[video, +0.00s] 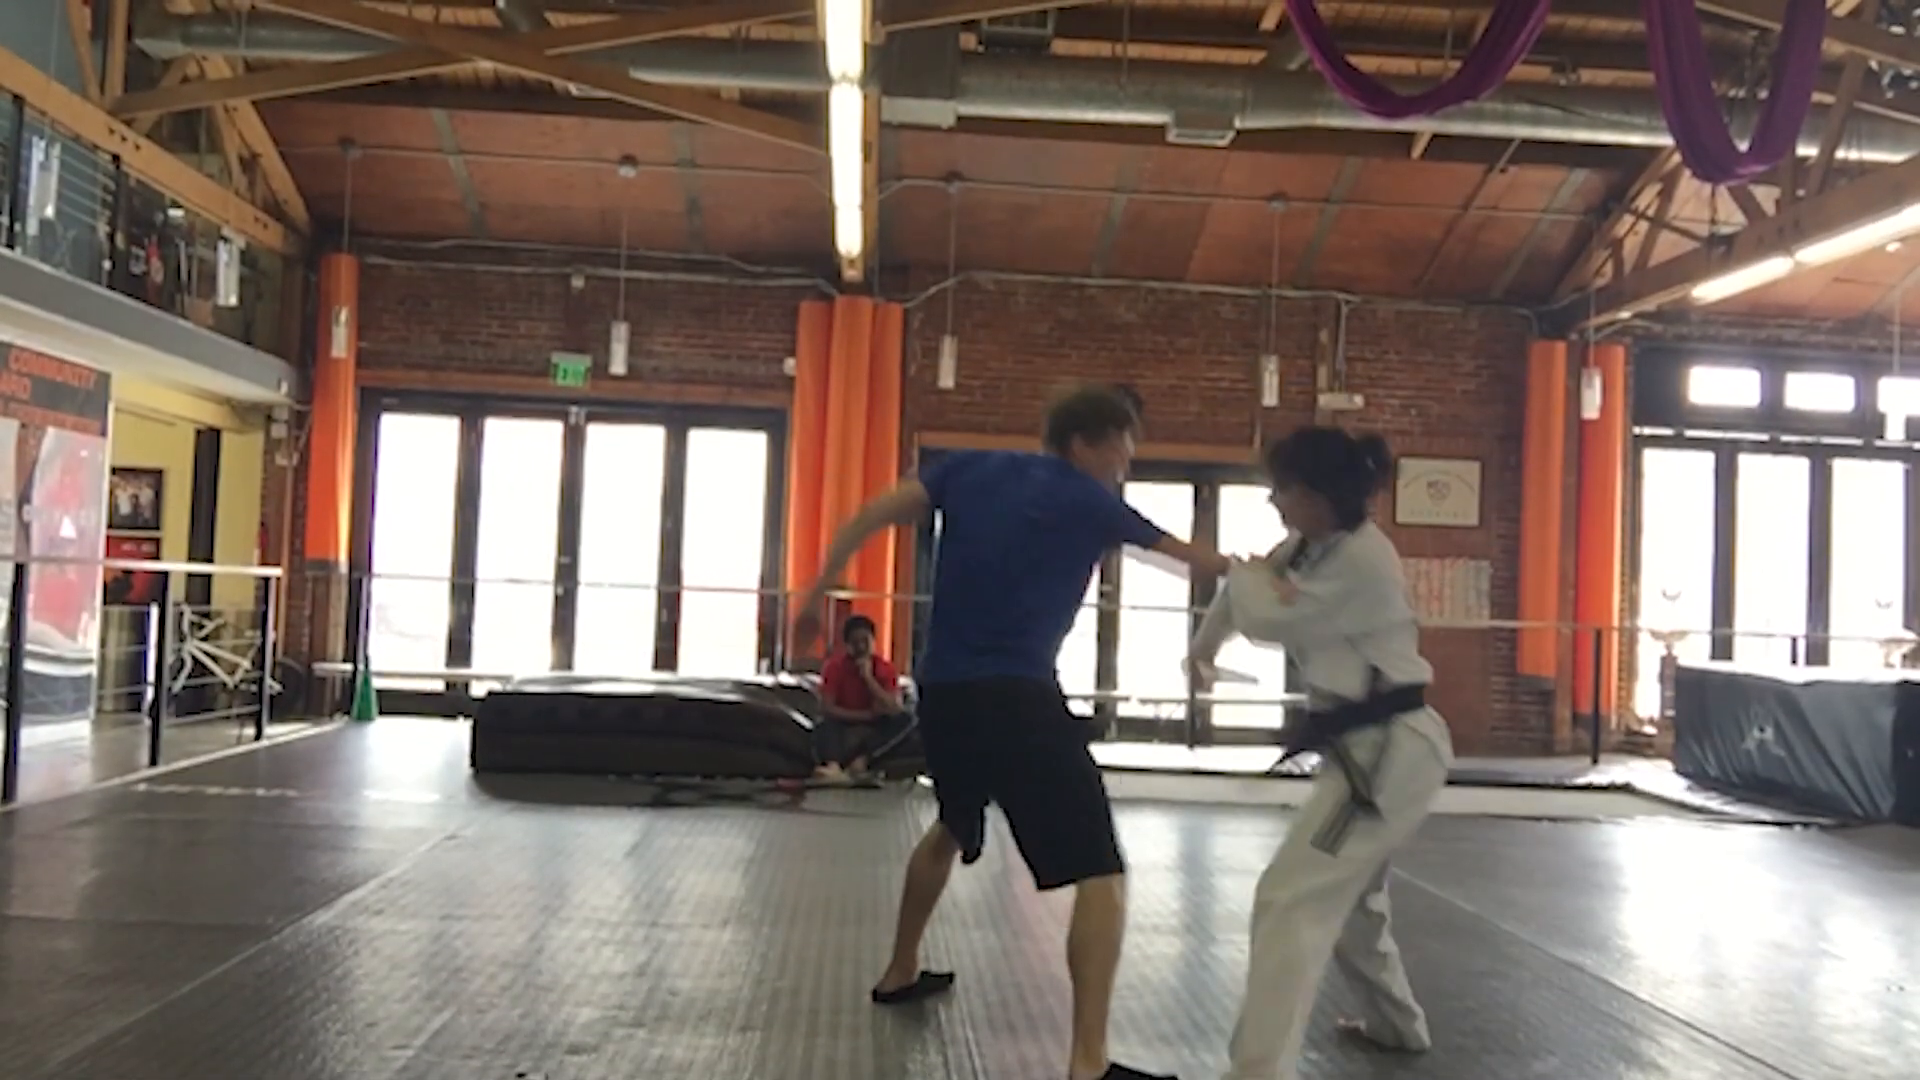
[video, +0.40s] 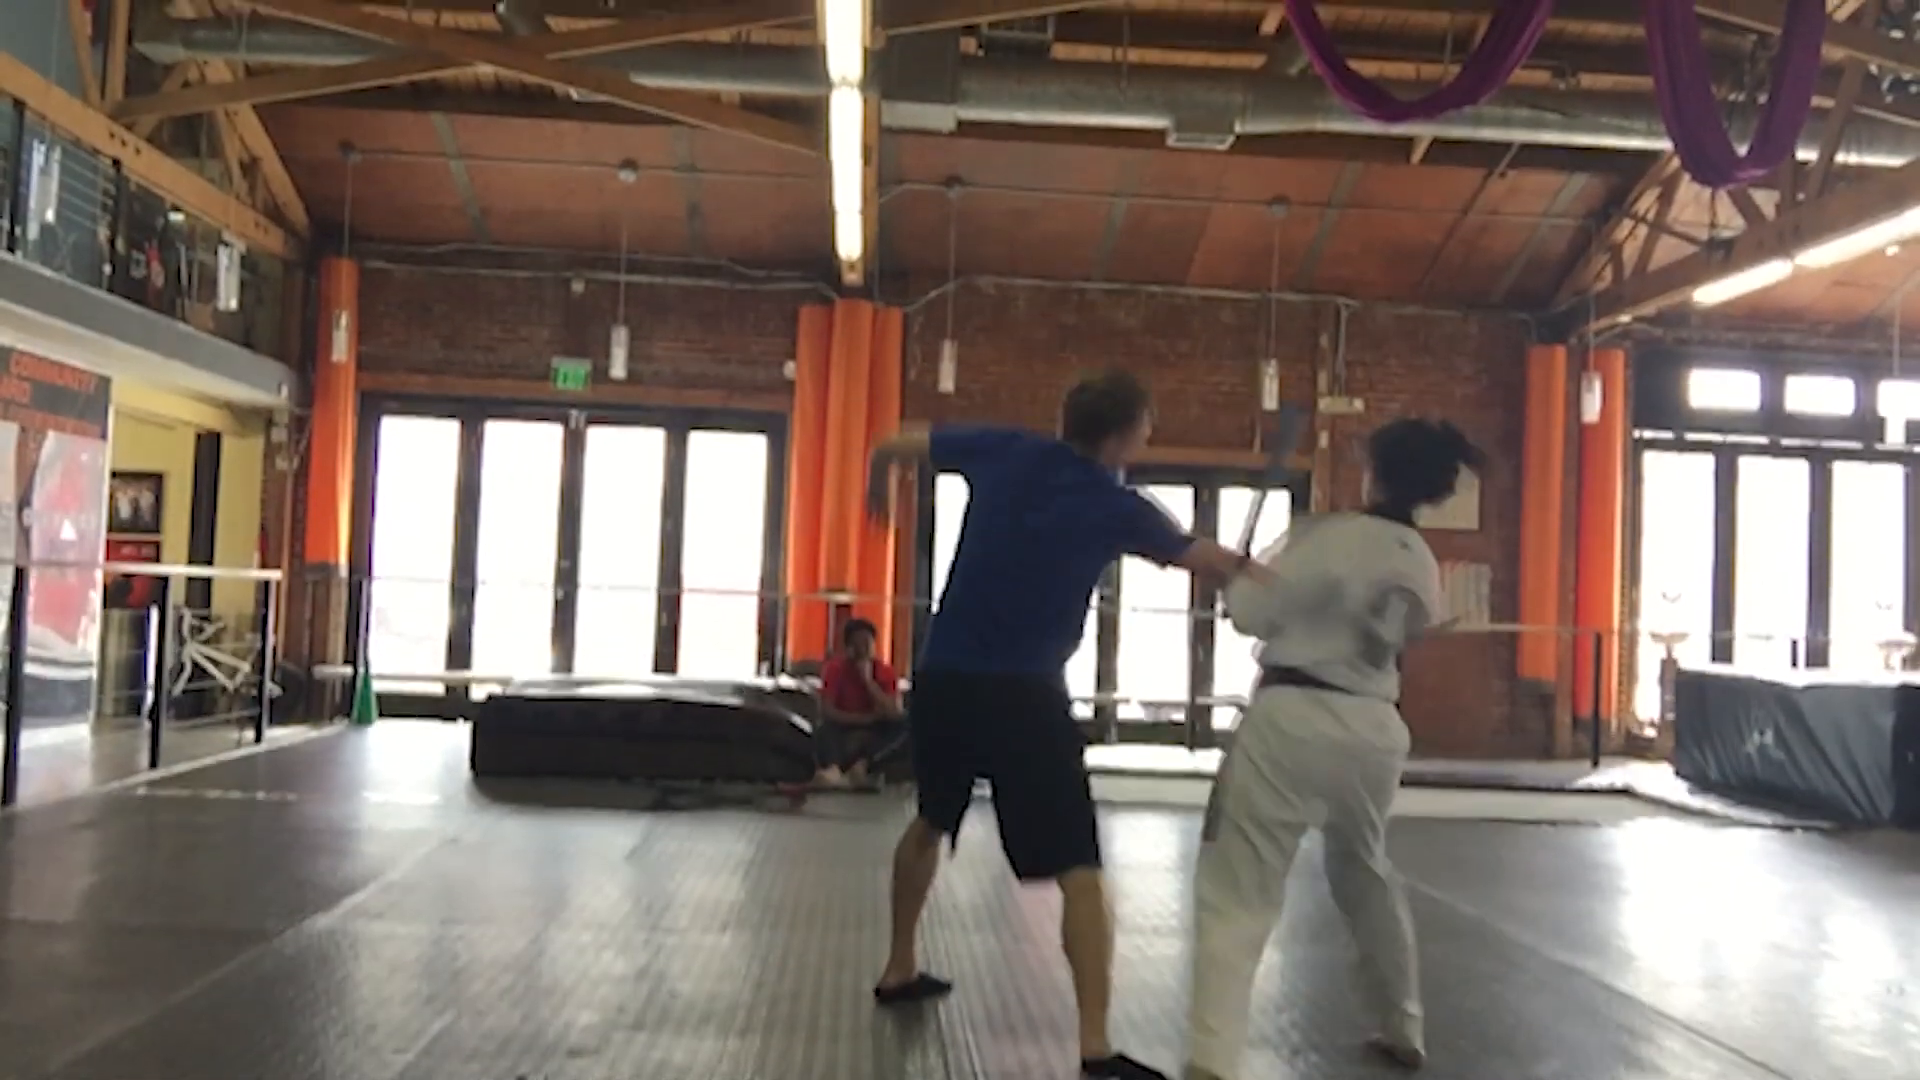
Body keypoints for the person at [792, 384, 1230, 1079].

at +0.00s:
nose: (1127, 470)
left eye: (1129, 458)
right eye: (1124, 455)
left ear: (1054, 441)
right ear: (1087, 443)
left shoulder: (970, 470)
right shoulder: (1093, 501)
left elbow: (874, 511)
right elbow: (1193, 560)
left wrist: (814, 589)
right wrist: (1247, 571)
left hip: (943, 694)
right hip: (1021, 698)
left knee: (950, 825)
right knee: (1101, 872)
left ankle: (899, 972)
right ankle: (1090, 1061)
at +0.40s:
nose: (1144, 446)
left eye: (1145, 433)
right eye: (1142, 433)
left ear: (1073, 421)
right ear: (1120, 436)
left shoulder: (1005, 450)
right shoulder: (1115, 502)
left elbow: (892, 442)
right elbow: (1205, 559)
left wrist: (883, 496)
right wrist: (1260, 571)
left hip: (942, 682)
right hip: (1027, 694)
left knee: (930, 818)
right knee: (1080, 871)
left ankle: (897, 970)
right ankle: (1095, 1049)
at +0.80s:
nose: (1158, 459)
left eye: (1162, 447)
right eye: (1156, 444)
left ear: (1091, 422)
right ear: (1126, 432)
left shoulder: (1020, 456)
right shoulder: (1126, 508)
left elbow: (912, 430)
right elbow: (1205, 582)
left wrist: (850, 429)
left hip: (973, 686)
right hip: (1057, 702)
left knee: (939, 815)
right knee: (1098, 877)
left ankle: (900, 968)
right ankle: (1118, 1055)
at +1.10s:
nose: (1145, 464)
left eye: (1149, 451)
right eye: (1148, 449)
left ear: (1087, 419)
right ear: (1125, 430)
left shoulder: (1009, 453)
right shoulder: (1130, 497)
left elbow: (906, 506)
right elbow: (1201, 587)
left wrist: (838, 581)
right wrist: (1187, 613)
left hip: (982, 685)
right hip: (1067, 698)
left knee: (963, 815)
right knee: (1110, 873)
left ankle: (913, 966)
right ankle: (1114, 1059)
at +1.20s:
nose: (1134, 446)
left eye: (1137, 435)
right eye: (1136, 434)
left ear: (1066, 415)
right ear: (1118, 428)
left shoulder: (1007, 455)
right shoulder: (1128, 501)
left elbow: (903, 488)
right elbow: (1203, 547)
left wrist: (803, 523)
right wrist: (1194, 571)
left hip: (986, 686)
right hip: (1074, 698)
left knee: (977, 804)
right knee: (1108, 879)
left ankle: (951, 951)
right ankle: (1123, 1062)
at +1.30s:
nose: (1123, 446)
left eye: (1125, 436)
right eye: (1124, 436)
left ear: (1055, 419)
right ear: (1105, 439)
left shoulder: (1012, 464)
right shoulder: (1101, 512)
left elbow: (955, 470)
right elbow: (1169, 539)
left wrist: (857, 471)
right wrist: (1177, 536)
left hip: (983, 696)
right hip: (1068, 700)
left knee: (977, 816)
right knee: (1111, 871)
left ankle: (974, 970)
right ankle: (1144, 1052)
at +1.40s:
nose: (1101, 459)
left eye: (1103, 450)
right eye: (1103, 449)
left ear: (1037, 421)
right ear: (1088, 446)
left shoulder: (993, 468)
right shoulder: (1085, 517)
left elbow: (946, 497)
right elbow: (1139, 572)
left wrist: (875, 531)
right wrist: (1124, 554)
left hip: (970, 697)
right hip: (1052, 706)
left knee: (965, 827)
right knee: (1106, 875)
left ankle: (972, 977)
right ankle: (1124, 1003)